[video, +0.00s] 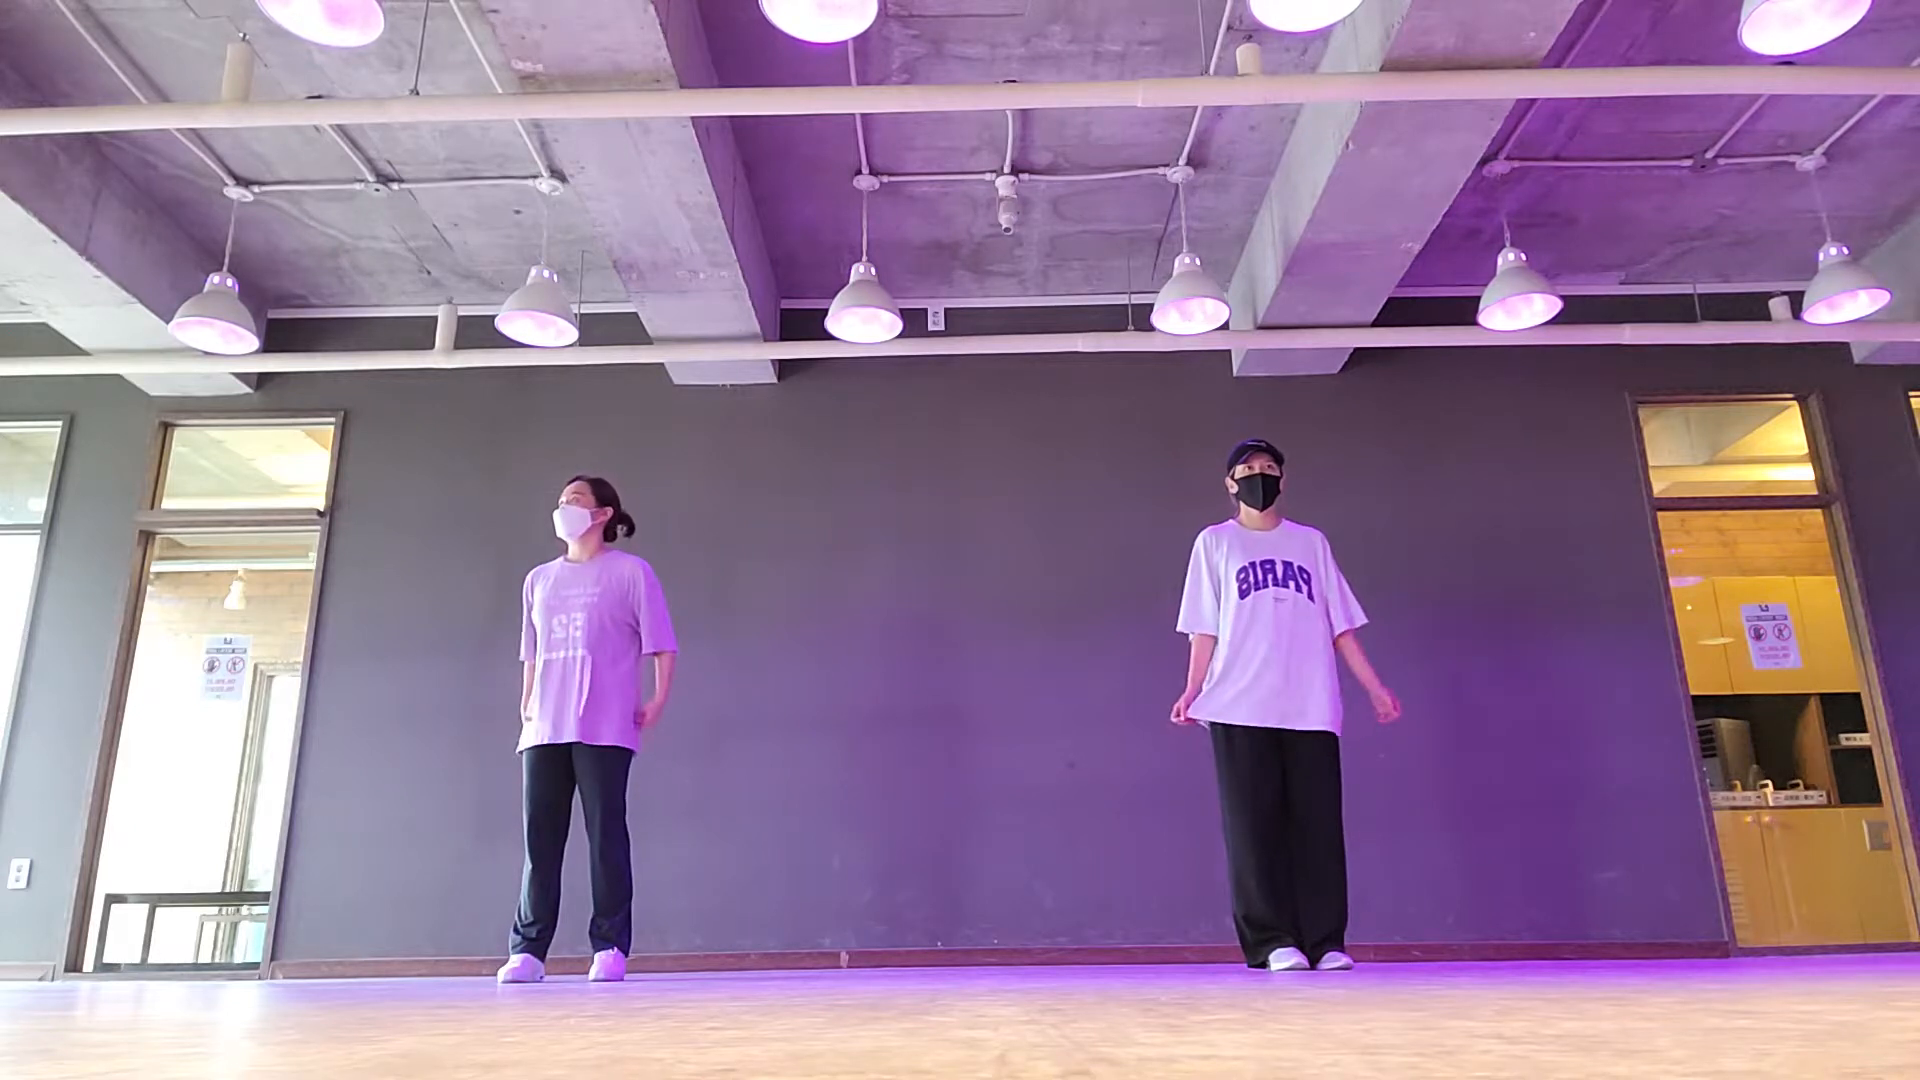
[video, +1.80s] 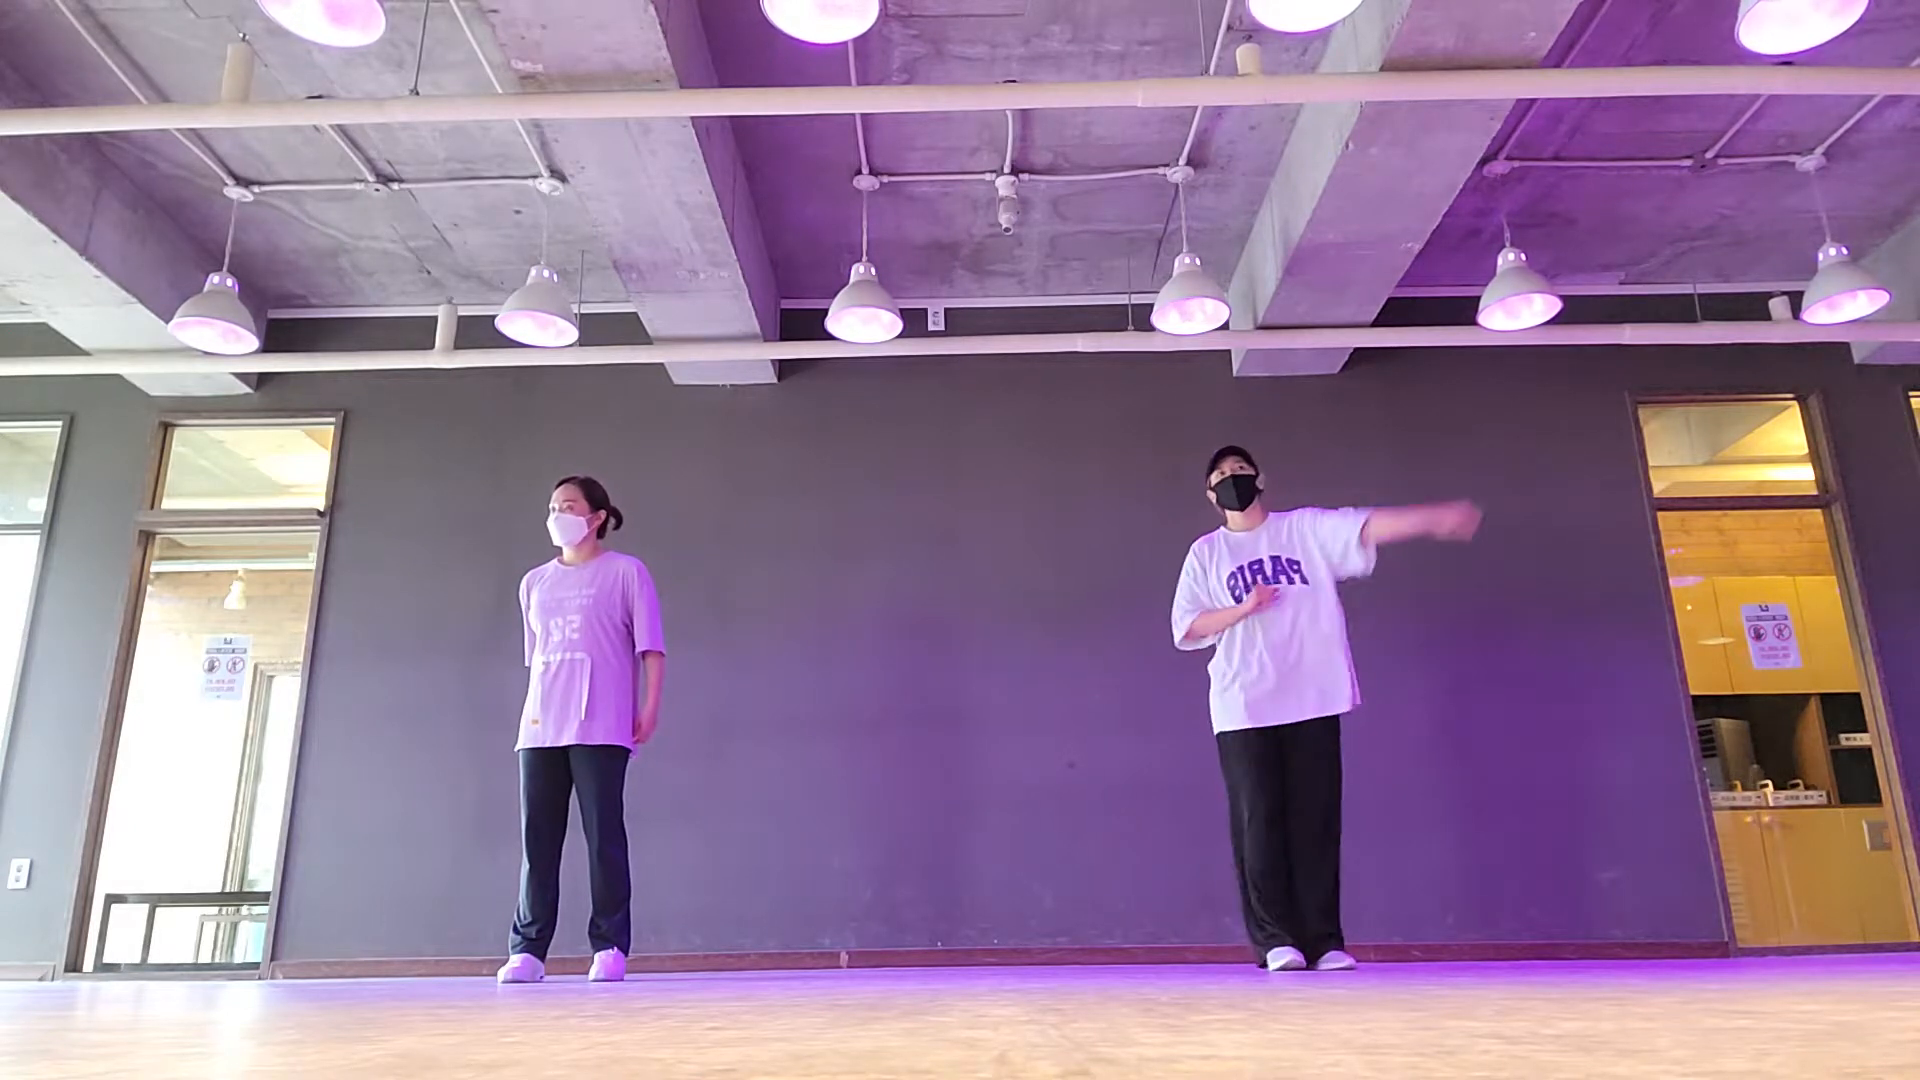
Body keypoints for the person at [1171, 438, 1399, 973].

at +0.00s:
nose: (1260, 478)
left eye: (1268, 470)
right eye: (1248, 471)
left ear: (1282, 480)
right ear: (1230, 483)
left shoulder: (1312, 543)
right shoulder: (1213, 543)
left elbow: (1340, 627)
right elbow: (1204, 627)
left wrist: (1373, 686)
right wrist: (1194, 687)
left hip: (1311, 709)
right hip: (1242, 710)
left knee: (1317, 826)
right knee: (1256, 829)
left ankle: (1325, 942)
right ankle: (1273, 945)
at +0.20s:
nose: (1259, 481)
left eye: (1268, 473)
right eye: (1248, 473)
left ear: (1282, 481)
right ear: (1230, 484)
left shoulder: (1313, 543)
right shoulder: (1211, 543)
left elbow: (1362, 616)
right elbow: (1181, 621)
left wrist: (1420, 658)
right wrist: (1144, 671)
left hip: (1309, 708)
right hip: (1241, 711)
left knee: (1317, 824)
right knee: (1257, 827)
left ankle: (1325, 941)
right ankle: (1273, 944)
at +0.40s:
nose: (1260, 481)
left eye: (1269, 473)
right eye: (1249, 473)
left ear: (1282, 482)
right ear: (1230, 483)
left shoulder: (1313, 539)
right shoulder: (1208, 542)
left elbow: (1360, 588)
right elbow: (1172, 599)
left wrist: (1404, 600)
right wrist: (1154, 604)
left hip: (1313, 705)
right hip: (1244, 708)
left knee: (1320, 825)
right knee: (1262, 829)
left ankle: (1327, 942)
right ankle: (1276, 945)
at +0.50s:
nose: (1260, 478)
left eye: (1269, 470)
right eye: (1249, 470)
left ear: (1281, 479)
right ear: (1231, 481)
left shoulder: (1313, 538)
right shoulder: (1209, 539)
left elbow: (1368, 597)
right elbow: (1172, 610)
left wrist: (1369, 584)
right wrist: (1205, 566)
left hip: (1311, 704)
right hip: (1242, 707)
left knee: (1319, 821)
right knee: (1262, 827)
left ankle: (1328, 942)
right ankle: (1276, 945)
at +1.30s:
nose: (1271, 489)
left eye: (1280, 482)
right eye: (1260, 481)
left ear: (1290, 494)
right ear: (1240, 492)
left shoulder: (1315, 555)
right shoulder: (1215, 545)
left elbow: (1364, 615)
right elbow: (1179, 604)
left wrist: (1348, 550)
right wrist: (1185, 634)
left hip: (1317, 715)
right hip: (1249, 713)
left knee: (1332, 832)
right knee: (1267, 831)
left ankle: (1325, 943)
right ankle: (1275, 946)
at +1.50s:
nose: (1254, 479)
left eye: (1263, 471)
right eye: (1243, 473)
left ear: (1277, 482)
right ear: (1226, 486)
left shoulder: (1318, 536)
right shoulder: (1210, 543)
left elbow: (1389, 552)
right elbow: (1196, 618)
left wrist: (1377, 486)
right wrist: (1220, 650)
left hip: (1317, 706)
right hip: (1248, 710)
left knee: (1324, 826)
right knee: (1265, 830)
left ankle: (1329, 944)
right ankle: (1280, 946)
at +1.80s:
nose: (1233, 478)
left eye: (1242, 470)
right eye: (1222, 474)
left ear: (1260, 482)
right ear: (1211, 494)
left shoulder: (1304, 527)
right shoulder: (1205, 554)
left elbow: (1369, 524)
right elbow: (1186, 630)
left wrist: (1436, 517)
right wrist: (1242, 609)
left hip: (1313, 703)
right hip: (1245, 713)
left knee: (1318, 823)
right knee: (1261, 826)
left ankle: (1324, 942)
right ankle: (1276, 943)